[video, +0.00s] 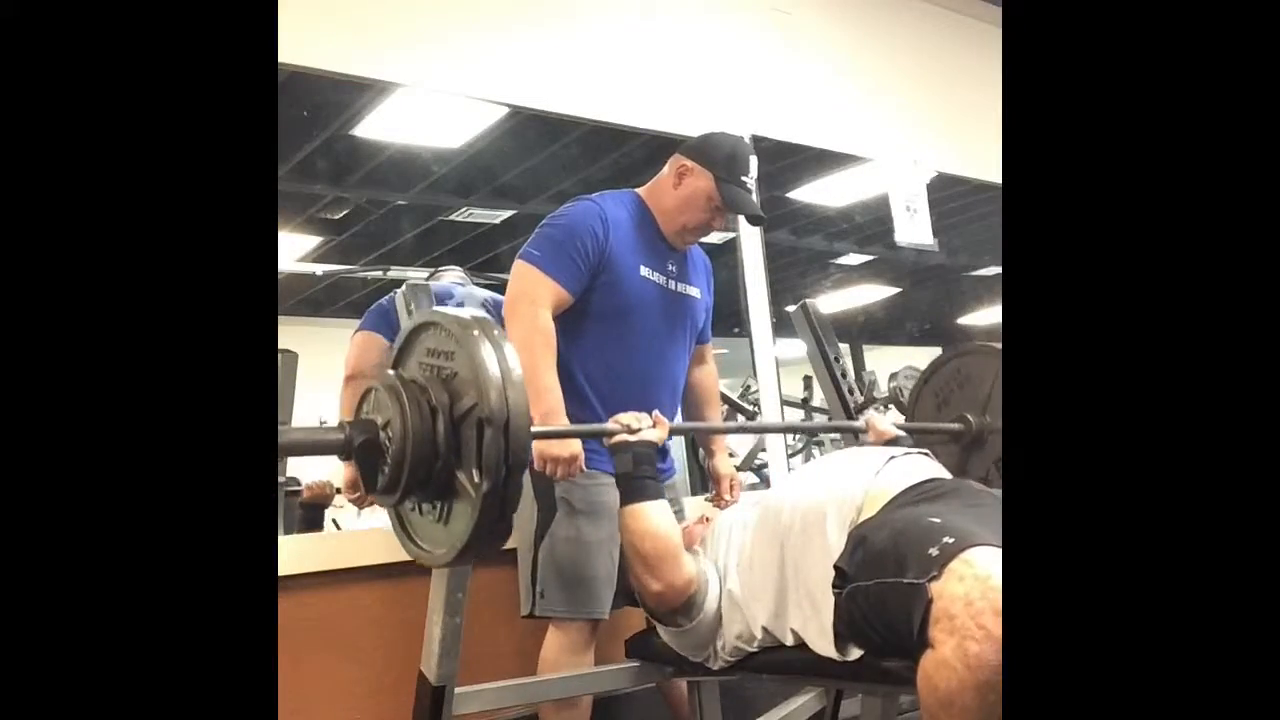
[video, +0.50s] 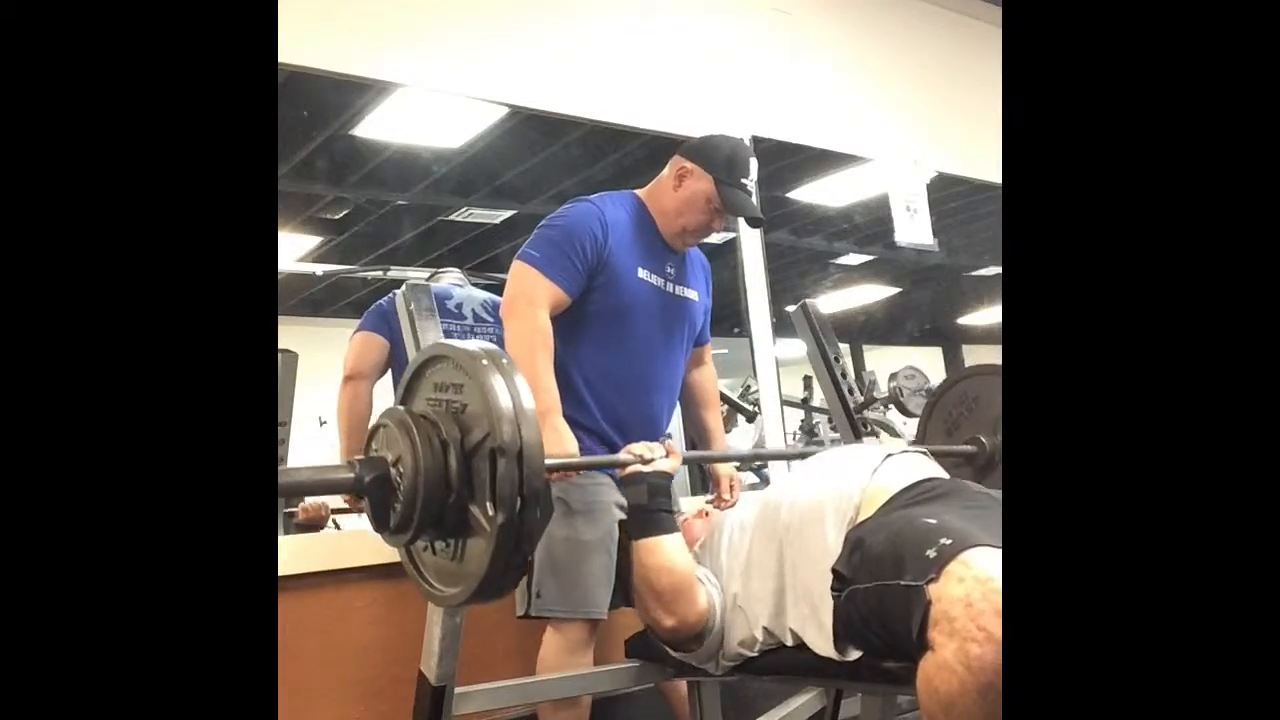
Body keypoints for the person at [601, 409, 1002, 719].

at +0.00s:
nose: (688, 517)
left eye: (686, 511)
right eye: (673, 529)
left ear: (704, 502)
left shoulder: (753, 502)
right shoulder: (706, 605)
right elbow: (664, 580)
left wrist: (881, 444)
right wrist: (634, 458)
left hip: (954, 490)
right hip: (879, 529)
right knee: (985, 596)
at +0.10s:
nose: (685, 520)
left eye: (686, 513)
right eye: (672, 531)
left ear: (705, 504)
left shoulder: (756, 504)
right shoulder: (706, 606)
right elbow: (662, 586)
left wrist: (881, 447)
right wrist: (635, 463)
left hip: (957, 490)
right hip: (880, 524)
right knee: (984, 597)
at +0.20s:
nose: (684, 516)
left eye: (683, 511)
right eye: (671, 528)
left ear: (701, 502)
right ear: (679, 566)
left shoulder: (754, 499)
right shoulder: (711, 607)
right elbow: (666, 593)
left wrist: (883, 447)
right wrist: (640, 473)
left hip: (953, 490)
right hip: (877, 528)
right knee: (986, 602)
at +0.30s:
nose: (689, 510)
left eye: (686, 508)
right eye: (677, 522)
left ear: (705, 502)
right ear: (682, 554)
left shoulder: (767, 500)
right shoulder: (710, 603)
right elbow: (665, 597)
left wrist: (886, 447)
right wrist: (642, 482)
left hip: (950, 490)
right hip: (876, 531)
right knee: (986, 601)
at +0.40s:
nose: (693, 509)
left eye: (692, 506)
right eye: (679, 520)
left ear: (712, 502)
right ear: (680, 551)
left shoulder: (765, 502)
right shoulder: (707, 595)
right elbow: (667, 609)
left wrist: (878, 446)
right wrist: (645, 488)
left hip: (952, 489)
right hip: (877, 528)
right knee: (987, 600)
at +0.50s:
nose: (693, 507)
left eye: (690, 502)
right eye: (680, 517)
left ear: (706, 500)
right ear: (674, 548)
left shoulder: (760, 508)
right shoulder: (707, 593)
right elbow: (671, 616)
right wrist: (650, 493)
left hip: (951, 488)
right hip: (877, 528)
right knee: (985, 601)